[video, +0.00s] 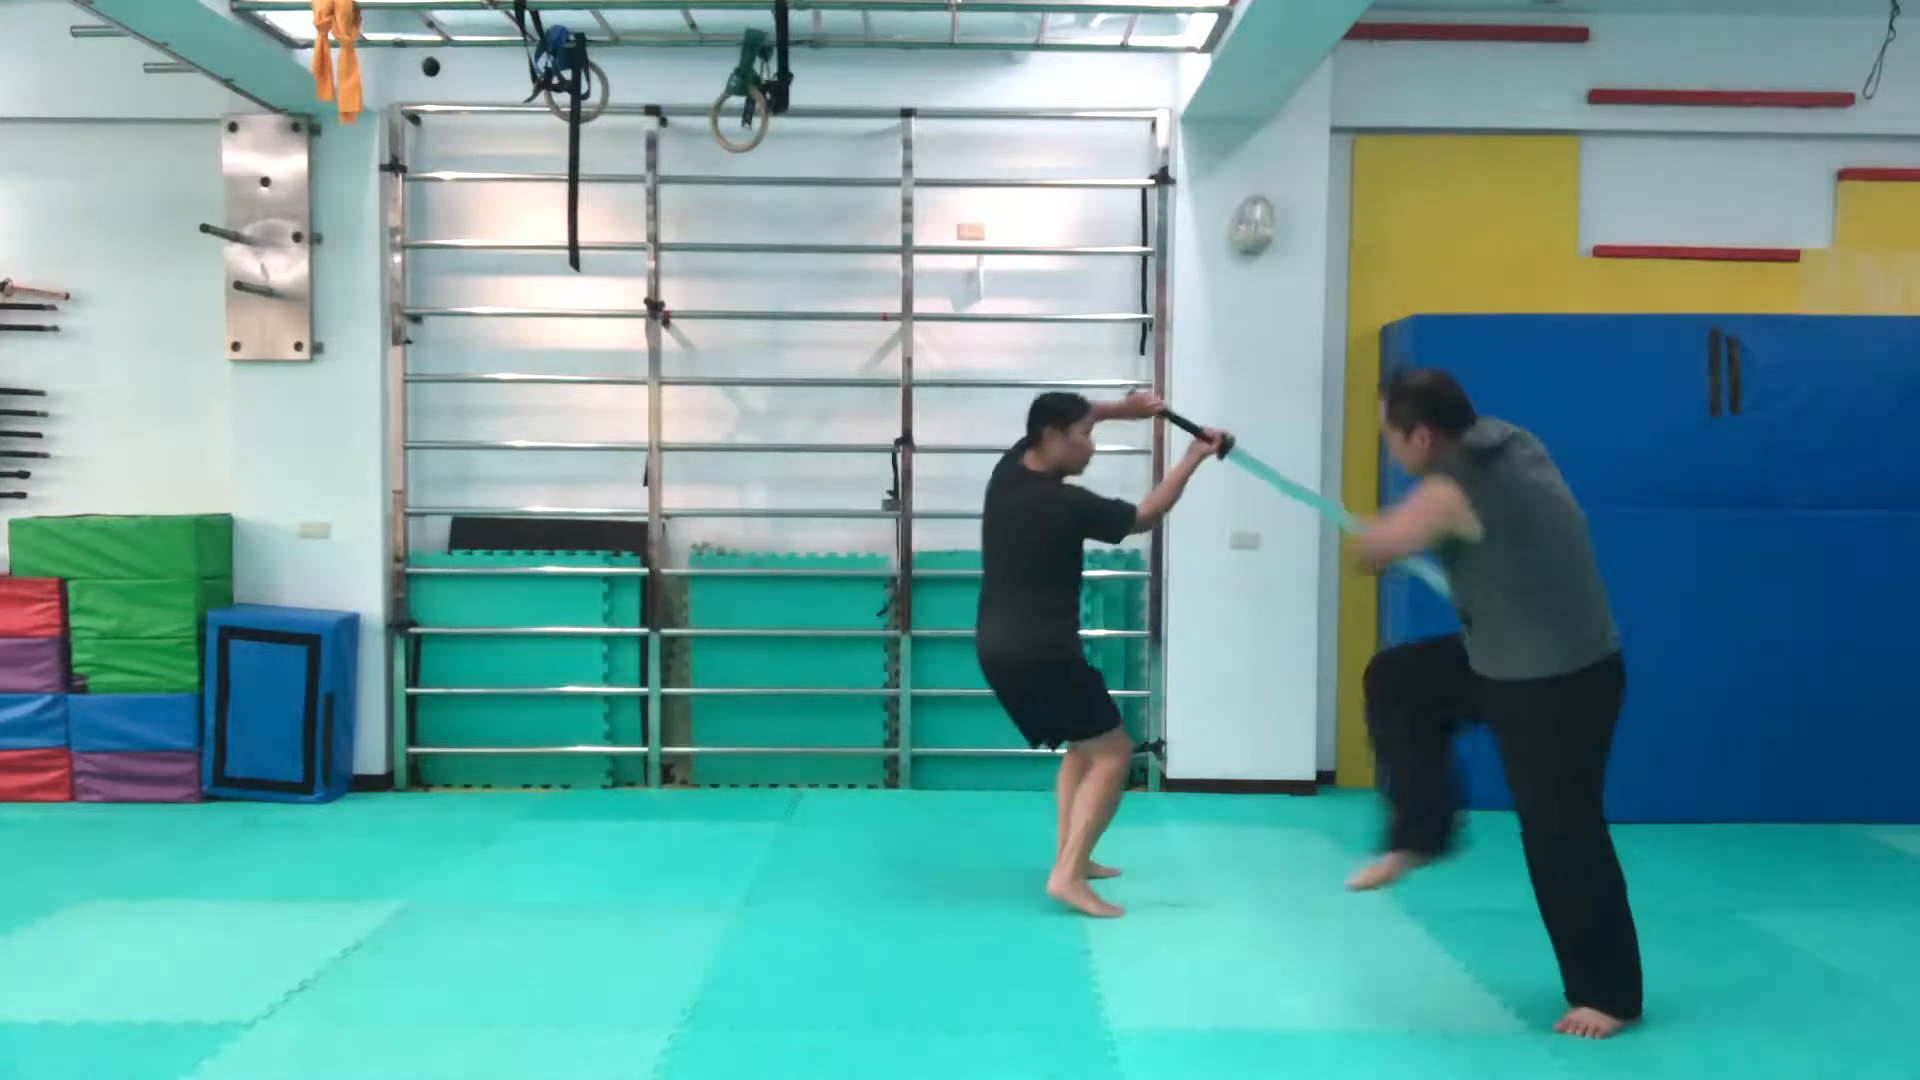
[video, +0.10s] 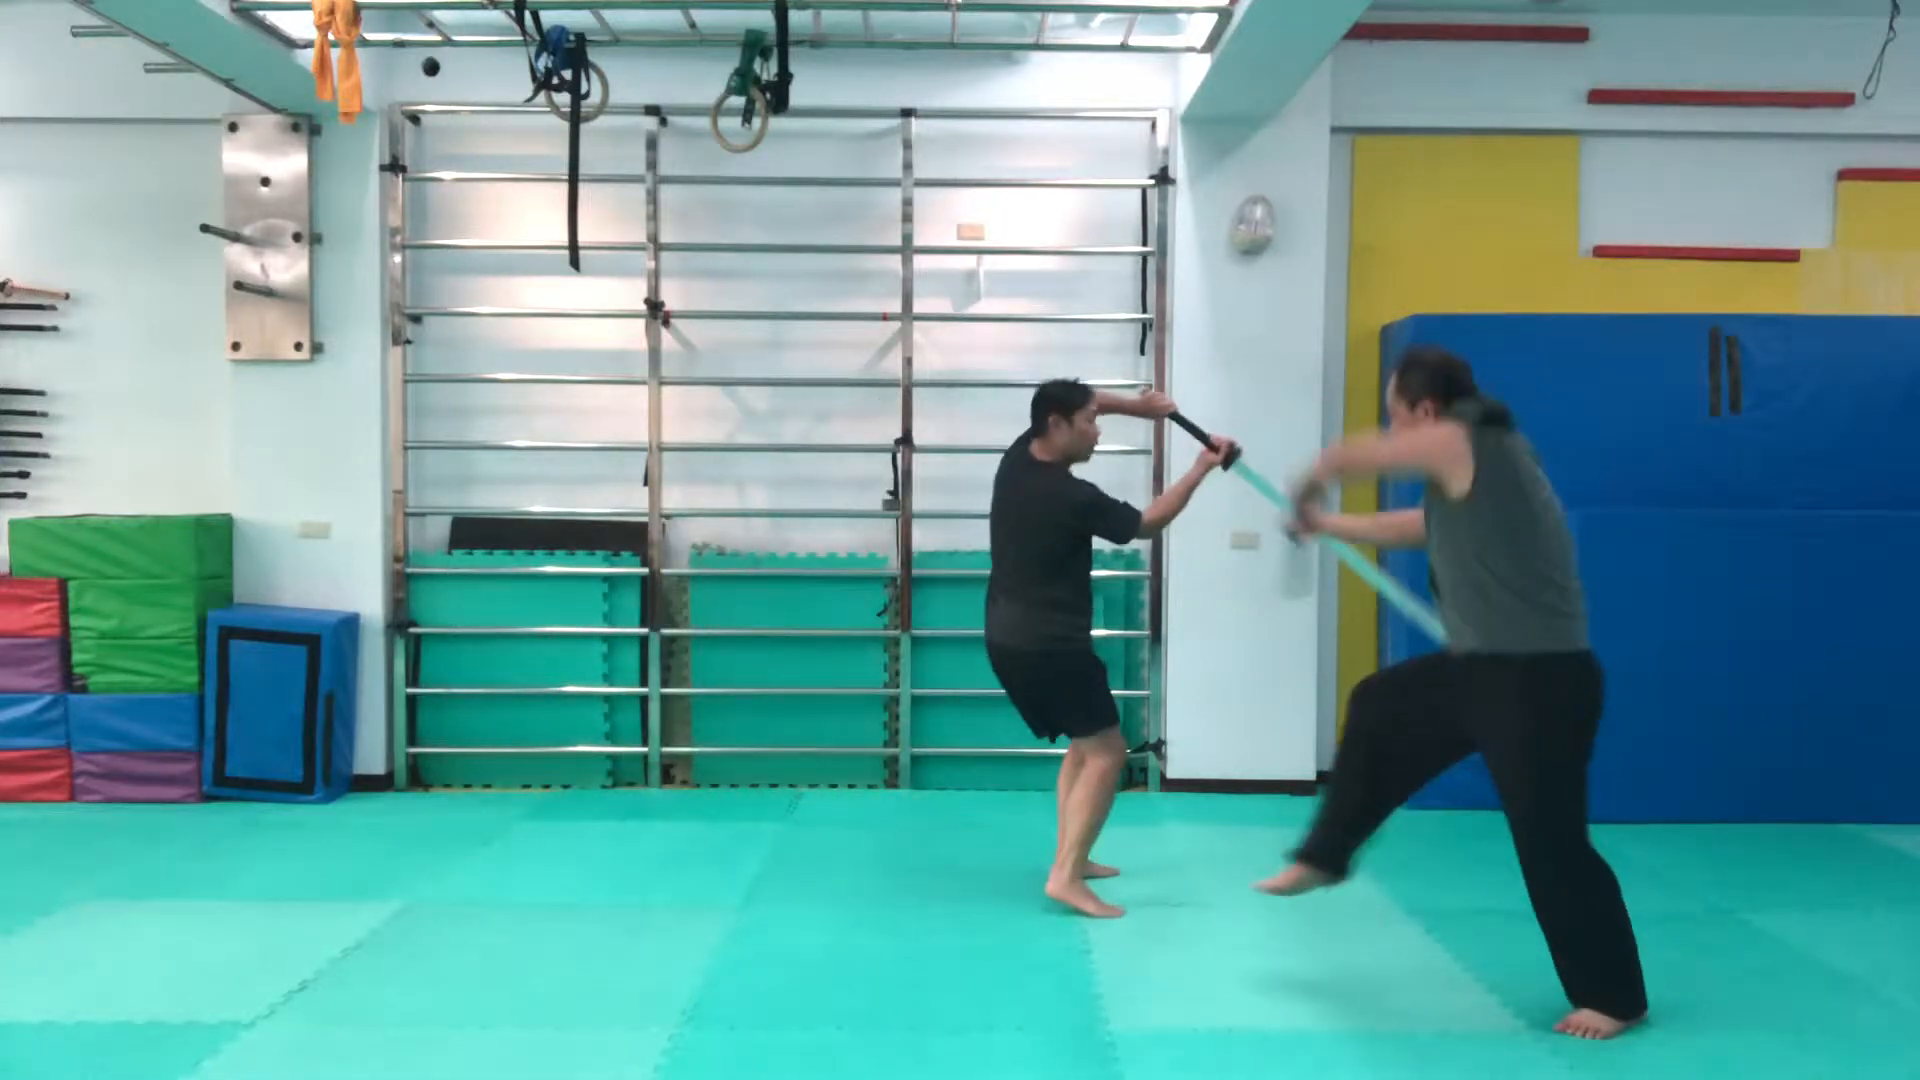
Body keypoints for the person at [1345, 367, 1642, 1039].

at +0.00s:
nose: (1392, 451)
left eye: (1393, 438)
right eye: (1390, 438)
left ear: (1423, 434)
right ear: (1450, 422)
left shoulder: (1453, 487)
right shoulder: (1510, 446)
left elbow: (1374, 549)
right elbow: (1457, 519)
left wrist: (1373, 544)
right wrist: (1396, 530)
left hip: (1555, 681)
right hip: (1511, 661)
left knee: (1563, 836)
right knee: (1397, 677)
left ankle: (1609, 998)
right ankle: (1419, 835)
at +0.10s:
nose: (1390, 426)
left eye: (1394, 412)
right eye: (1390, 414)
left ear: (1426, 408)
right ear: (1444, 408)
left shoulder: (1472, 442)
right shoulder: (1468, 473)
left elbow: (1353, 454)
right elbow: (1406, 526)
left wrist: (1312, 483)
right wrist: (1324, 523)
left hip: (1540, 678)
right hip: (1482, 672)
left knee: (1552, 840)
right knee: (1382, 707)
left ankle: (1612, 999)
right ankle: (1323, 857)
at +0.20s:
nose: (1395, 403)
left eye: (1405, 391)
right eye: (1396, 392)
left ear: (1434, 391)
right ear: (1421, 400)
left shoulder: (1482, 432)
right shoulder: (1429, 479)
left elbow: (1367, 393)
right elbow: (1352, 513)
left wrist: (1296, 405)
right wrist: (1261, 473)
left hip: (1506, 672)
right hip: (1446, 669)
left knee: (1525, 830)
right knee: (1349, 743)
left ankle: (1615, 995)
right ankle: (1278, 875)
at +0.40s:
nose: (1308, 428)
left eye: (1319, 415)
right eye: (1307, 417)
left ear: (1354, 414)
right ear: (1324, 422)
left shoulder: (1417, 459)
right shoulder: (1333, 496)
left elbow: (1337, 375)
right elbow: (1252, 504)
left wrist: (1259, 350)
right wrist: (1216, 430)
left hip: (1425, 683)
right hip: (1348, 688)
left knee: (1482, 843)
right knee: (1279, 807)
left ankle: (1602, 981)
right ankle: (1262, 956)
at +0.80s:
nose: (1296, 404)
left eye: (1308, 392)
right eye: (1297, 392)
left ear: (1354, 400)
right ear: (1324, 402)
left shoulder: (1407, 451)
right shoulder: (1309, 475)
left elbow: (1326, 447)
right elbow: (1255, 544)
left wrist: (1232, 442)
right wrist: (1188, 491)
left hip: (1411, 679)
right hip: (1325, 681)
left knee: (1471, 840)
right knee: (1268, 806)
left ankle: (1573, 996)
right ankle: (1258, 958)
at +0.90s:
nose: (1342, 390)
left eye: (1356, 379)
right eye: (1345, 378)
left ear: (1399, 392)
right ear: (1380, 393)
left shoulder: (1446, 468)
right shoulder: (1346, 480)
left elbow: (1372, 524)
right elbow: (1312, 555)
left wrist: (1298, 534)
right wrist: (1233, 551)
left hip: (1426, 693)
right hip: (1340, 691)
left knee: (1478, 852)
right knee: (1291, 822)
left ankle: (1576, 1012)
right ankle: (1259, 958)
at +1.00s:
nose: (1386, 386)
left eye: (1400, 376)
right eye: (1388, 374)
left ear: (1446, 388)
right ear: (1415, 389)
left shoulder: (1492, 478)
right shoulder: (1380, 480)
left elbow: (1460, 569)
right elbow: (1345, 566)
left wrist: (1347, 603)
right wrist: (1289, 610)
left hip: (1461, 707)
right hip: (1378, 700)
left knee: (1498, 869)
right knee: (1320, 828)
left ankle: (1579, 1022)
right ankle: (1262, 952)